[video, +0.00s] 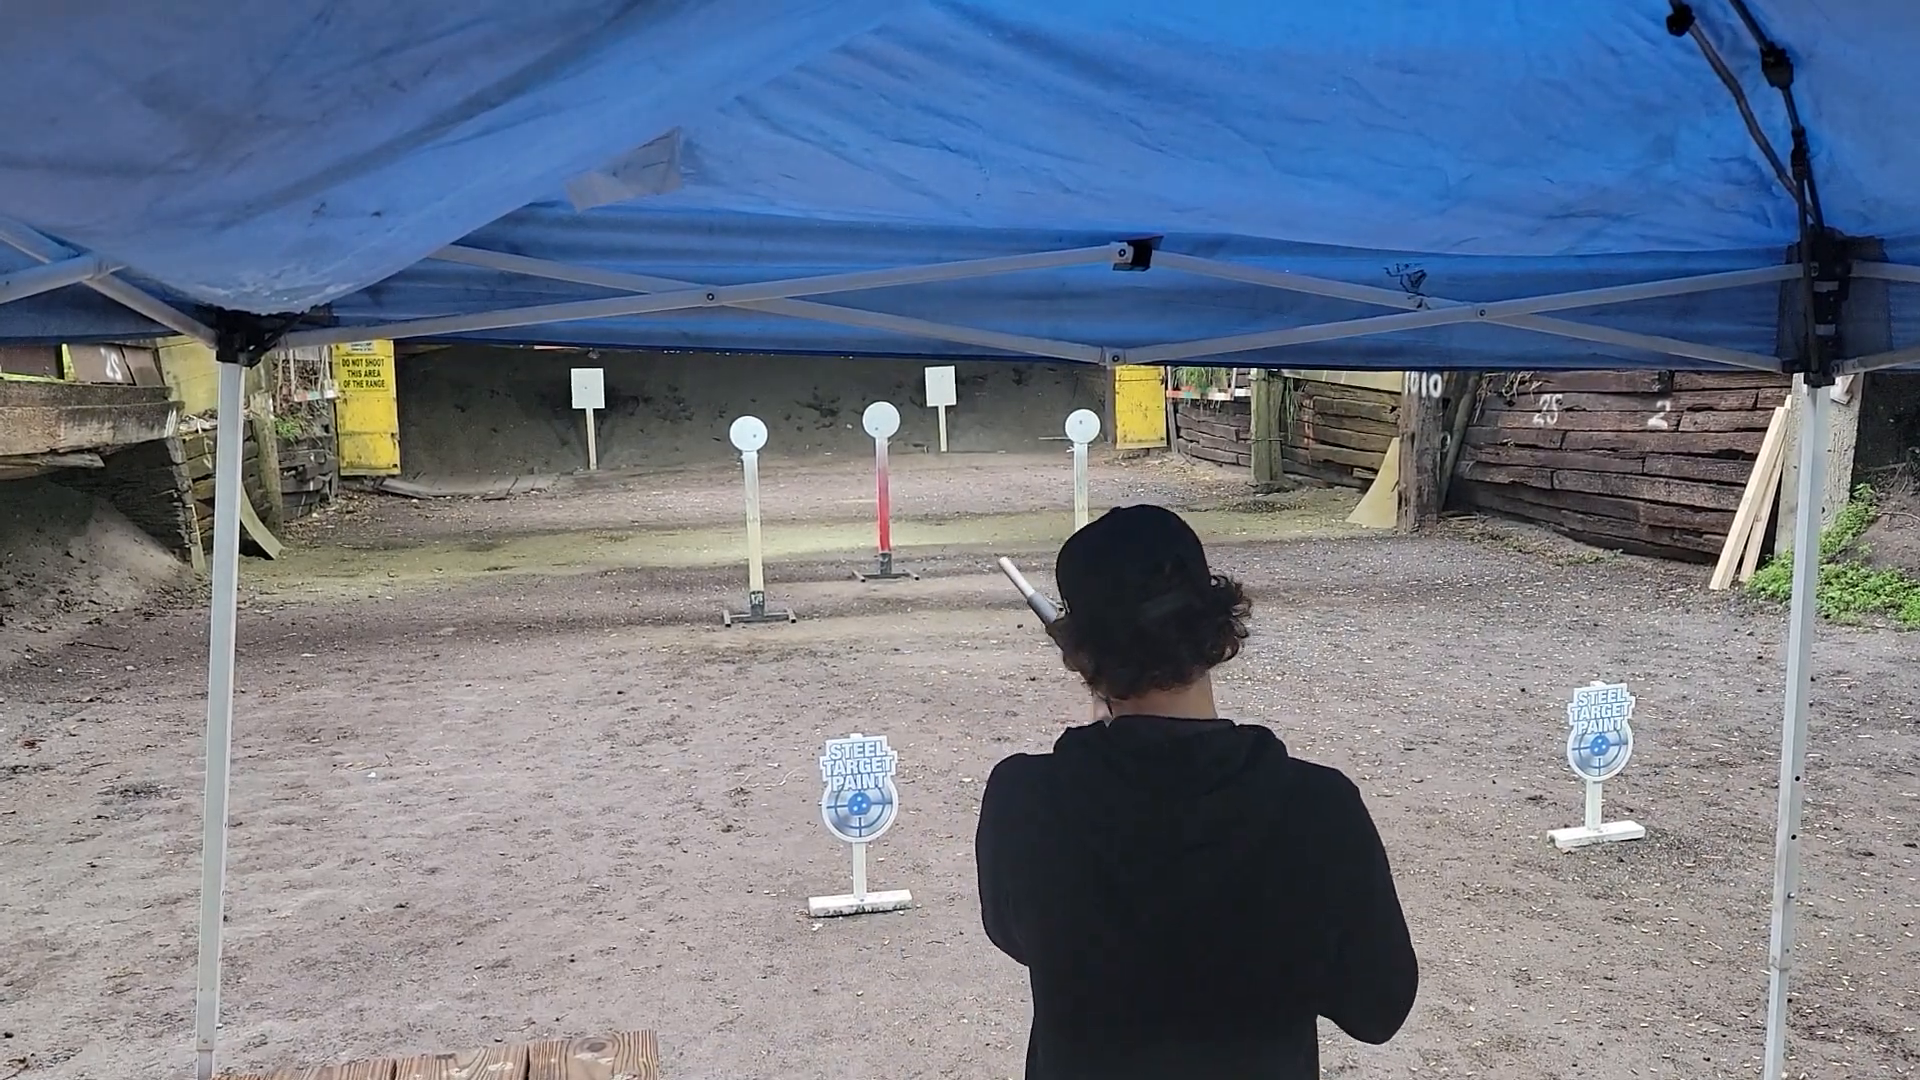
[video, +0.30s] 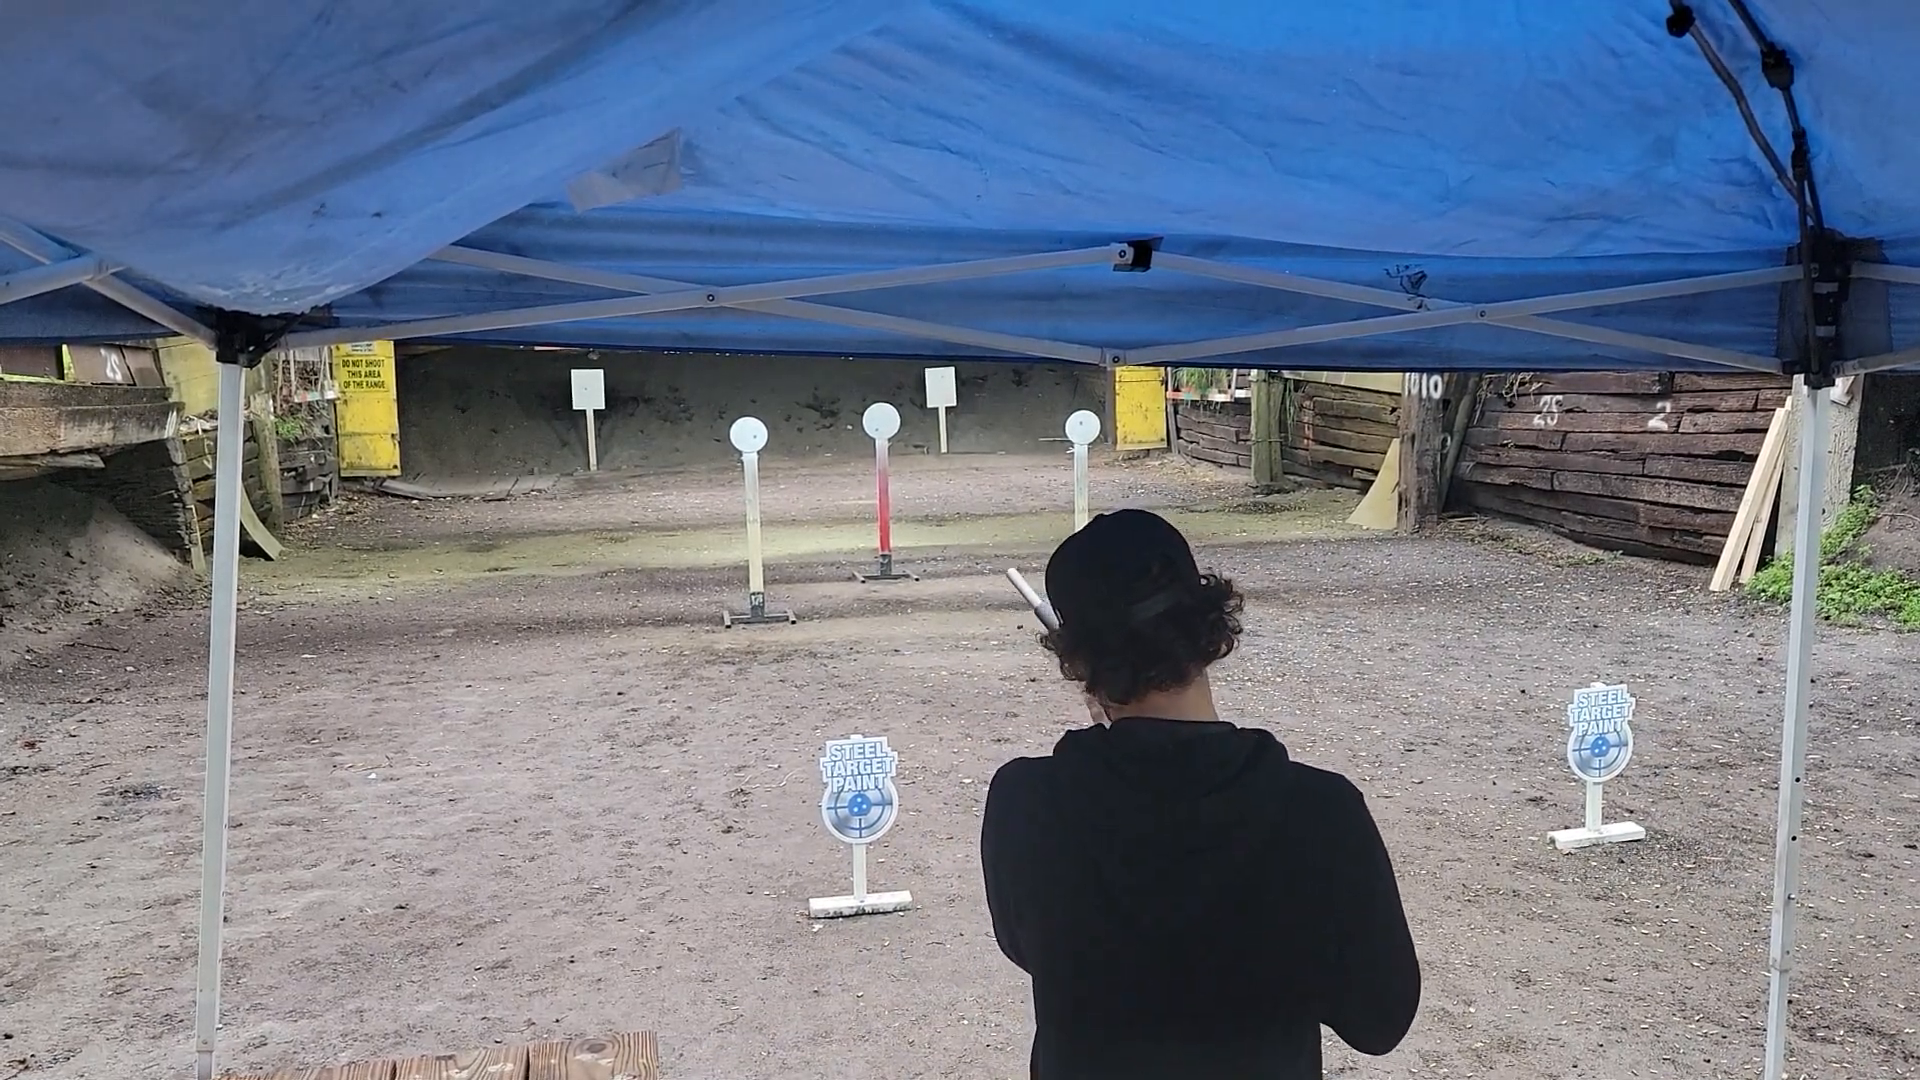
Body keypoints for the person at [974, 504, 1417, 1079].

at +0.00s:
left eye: (1071, 633)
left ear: (1078, 648)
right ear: (1217, 620)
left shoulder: (1023, 796)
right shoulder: (1321, 804)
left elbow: (1017, 935)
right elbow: (1380, 1010)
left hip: (1077, 1070)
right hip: (1269, 1070)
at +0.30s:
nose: (1063, 660)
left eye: (1064, 642)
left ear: (1074, 654)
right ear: (1206, 618)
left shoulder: (1024, 800)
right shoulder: (1323, 809)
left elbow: (1022, 944)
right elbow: (1381, 1023)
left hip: (1081, 1070)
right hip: (1271, 1070)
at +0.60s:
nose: (1067, 656)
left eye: (1066, 639)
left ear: (1075, 651)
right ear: (1207, 616)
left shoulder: (1027, 800)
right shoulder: (1326, 809)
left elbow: (1016, 938)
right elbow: (1384, 1022)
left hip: (1081, 1070)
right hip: (1272, 1070)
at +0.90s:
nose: (1065, 653)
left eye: (1066, 640)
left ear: (1081, 656)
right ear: (1210, 619)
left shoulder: (1031, 802)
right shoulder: (1328, 811)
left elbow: (984, 927)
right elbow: (1389, 1016)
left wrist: (1093, 760)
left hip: (1084, 1068)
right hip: (1270, 1069)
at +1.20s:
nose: (1056, 657)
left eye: (1057, 639)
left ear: (1073, 661)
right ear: (1198, 616)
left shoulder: (1028, 799)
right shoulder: (1324, 804)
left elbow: (959, 893)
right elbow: (1426, 976)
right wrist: (1310, 919)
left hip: (1079, 1069)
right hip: (1274, 1069)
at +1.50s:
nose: (1061, 648)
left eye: (1061, 634)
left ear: (1074, 652)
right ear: (1199, 611)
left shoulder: (1026, 795)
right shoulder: (1323, 799)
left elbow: (992, 912)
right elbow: (1417, 974)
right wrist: (1304, 909)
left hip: (1076, 1067)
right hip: (1269, 1067)